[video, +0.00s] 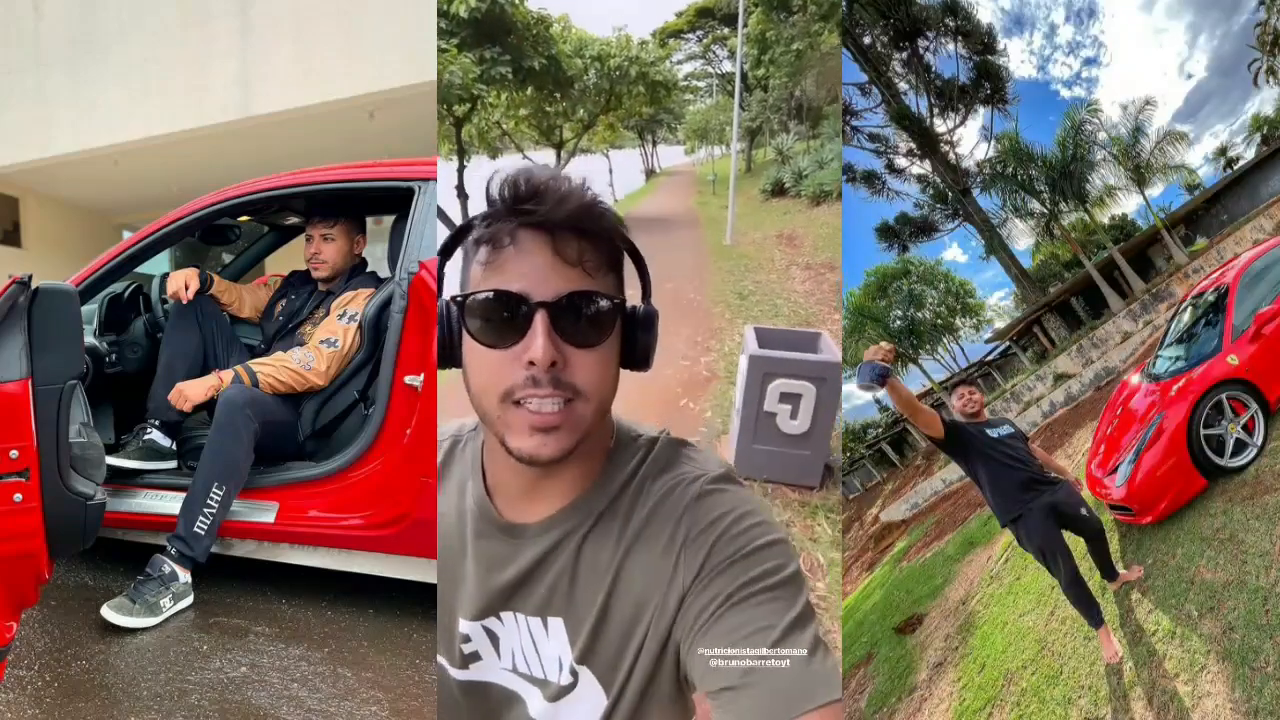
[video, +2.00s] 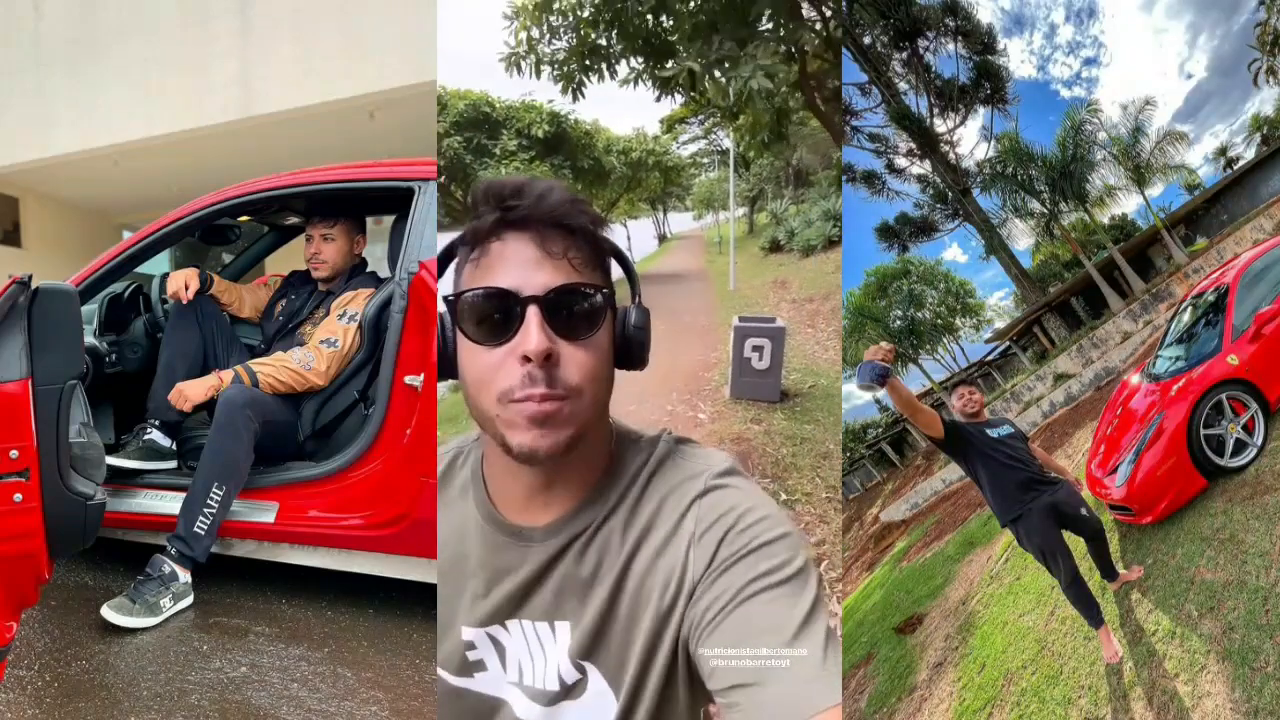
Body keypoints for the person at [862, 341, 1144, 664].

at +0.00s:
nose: (966, 397)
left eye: (971, 392)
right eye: (959, 397)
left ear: (983, 398)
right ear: (953, 410)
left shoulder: (1003, 424)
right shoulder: (956, 436)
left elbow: (1037, 454)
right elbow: (917, 413)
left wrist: (1067, 475)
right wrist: (886, 375)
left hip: (1051, 489)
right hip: (1022, 511)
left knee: (1093, 528)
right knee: (1065, 570)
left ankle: (1114, 575)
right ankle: (1101, 628)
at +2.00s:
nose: (967, 397)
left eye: (971, 392)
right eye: (959, 397)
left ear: (983, 398)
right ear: (953, 410)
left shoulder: (1004, 424)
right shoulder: (957, 436)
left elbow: (1037, 454)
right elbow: (916, 412)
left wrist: (1067, 475)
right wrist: (885, 374)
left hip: (1052, 489)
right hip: (1022, 512)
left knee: (1093, 528)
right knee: (1065, 571)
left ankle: (1114, 576)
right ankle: (1101, 628)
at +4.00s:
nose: (967, 397)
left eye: (971, 392)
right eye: (959, 397)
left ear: (983, 398)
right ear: (953, 410)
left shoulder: (1003, 424)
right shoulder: (957, 436)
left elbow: (1037, 454)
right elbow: (916, 412)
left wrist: (1067, 475)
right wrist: (885, 374)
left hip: (1052, 489)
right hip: (1022, 512)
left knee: (1094, 528)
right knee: (1065, 571)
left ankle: (1114, 576)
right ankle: (1101, 628)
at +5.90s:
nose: (966, 397)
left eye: (970, 392)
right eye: (958, 398)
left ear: (983, 398)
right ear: (953, 411)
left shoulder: (1004, 423)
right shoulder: (957, 436)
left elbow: (1036, 453)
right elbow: (917, 413)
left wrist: (1067, 475)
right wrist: (885, 374)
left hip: (1052, 489)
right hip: (1022, 512)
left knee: (1093, 528)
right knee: (1066, 572)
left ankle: (1114, 576)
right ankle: (1101, 628)